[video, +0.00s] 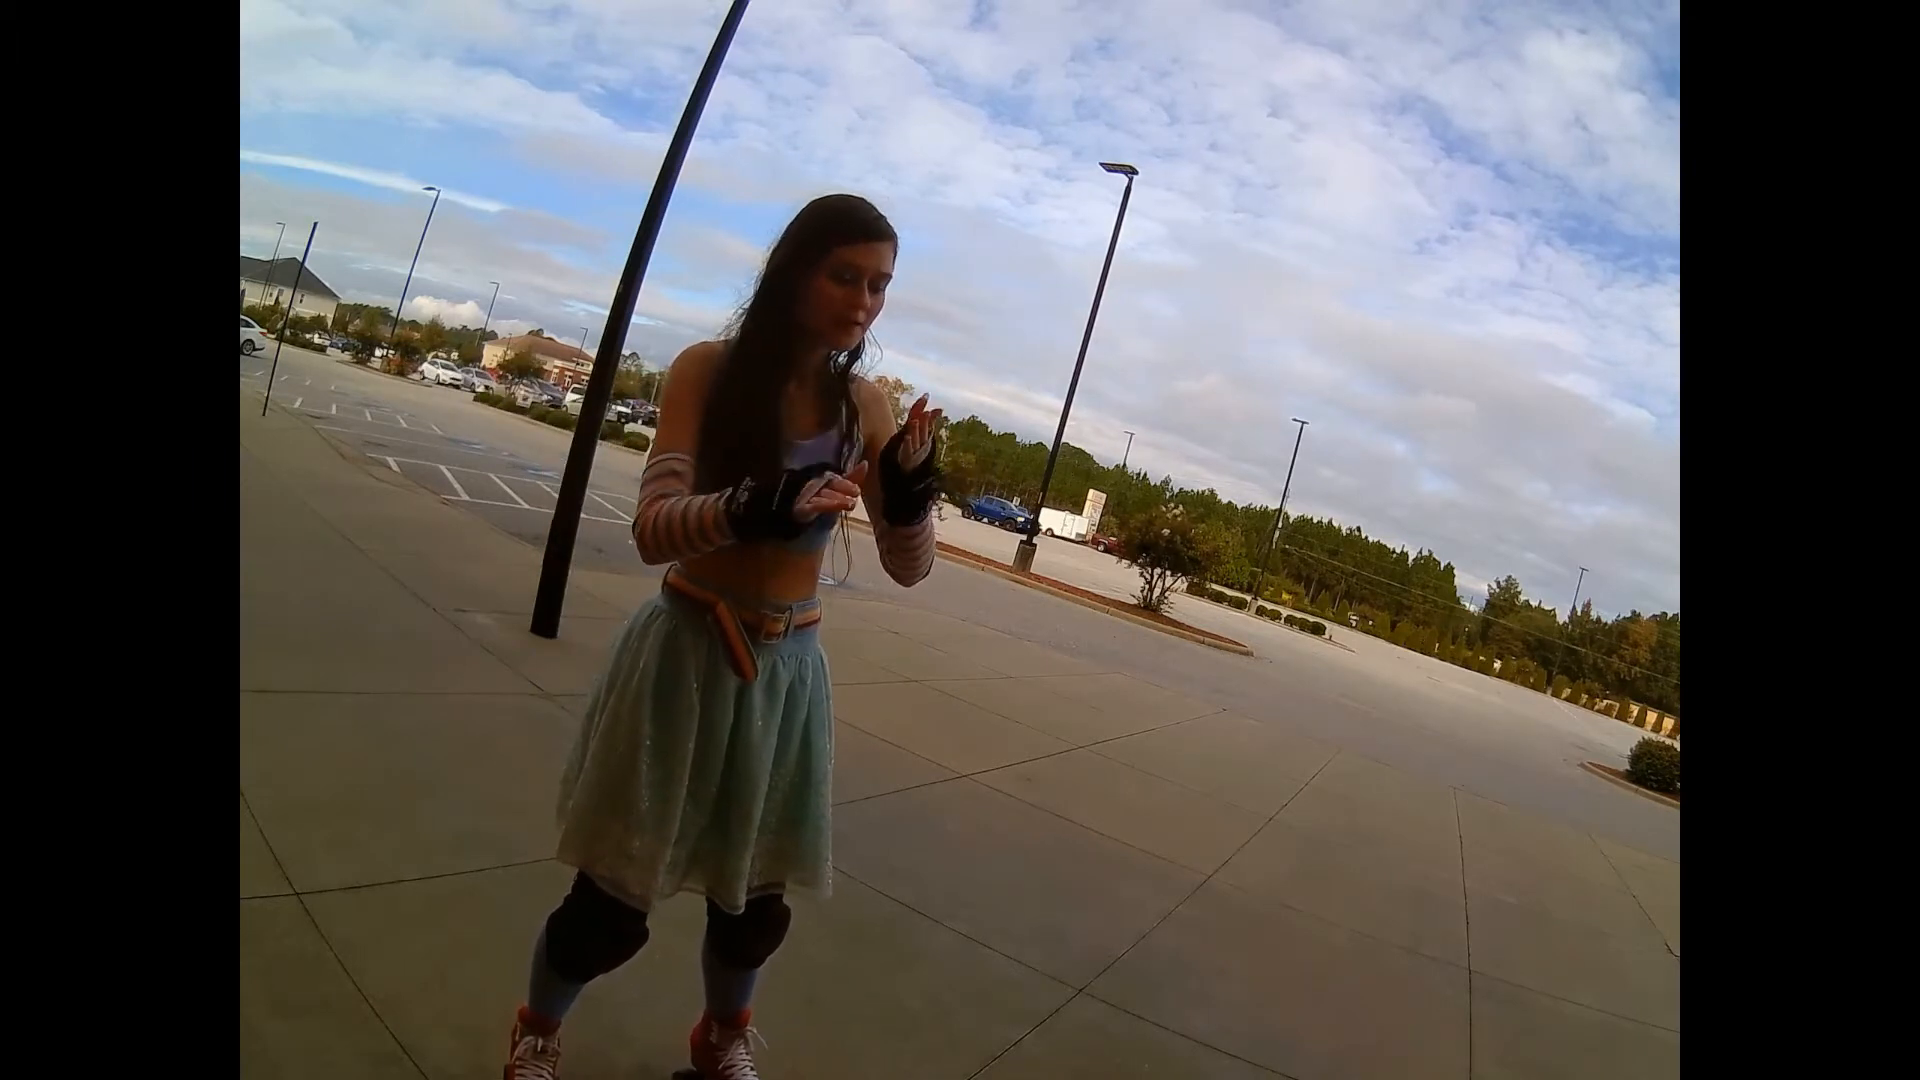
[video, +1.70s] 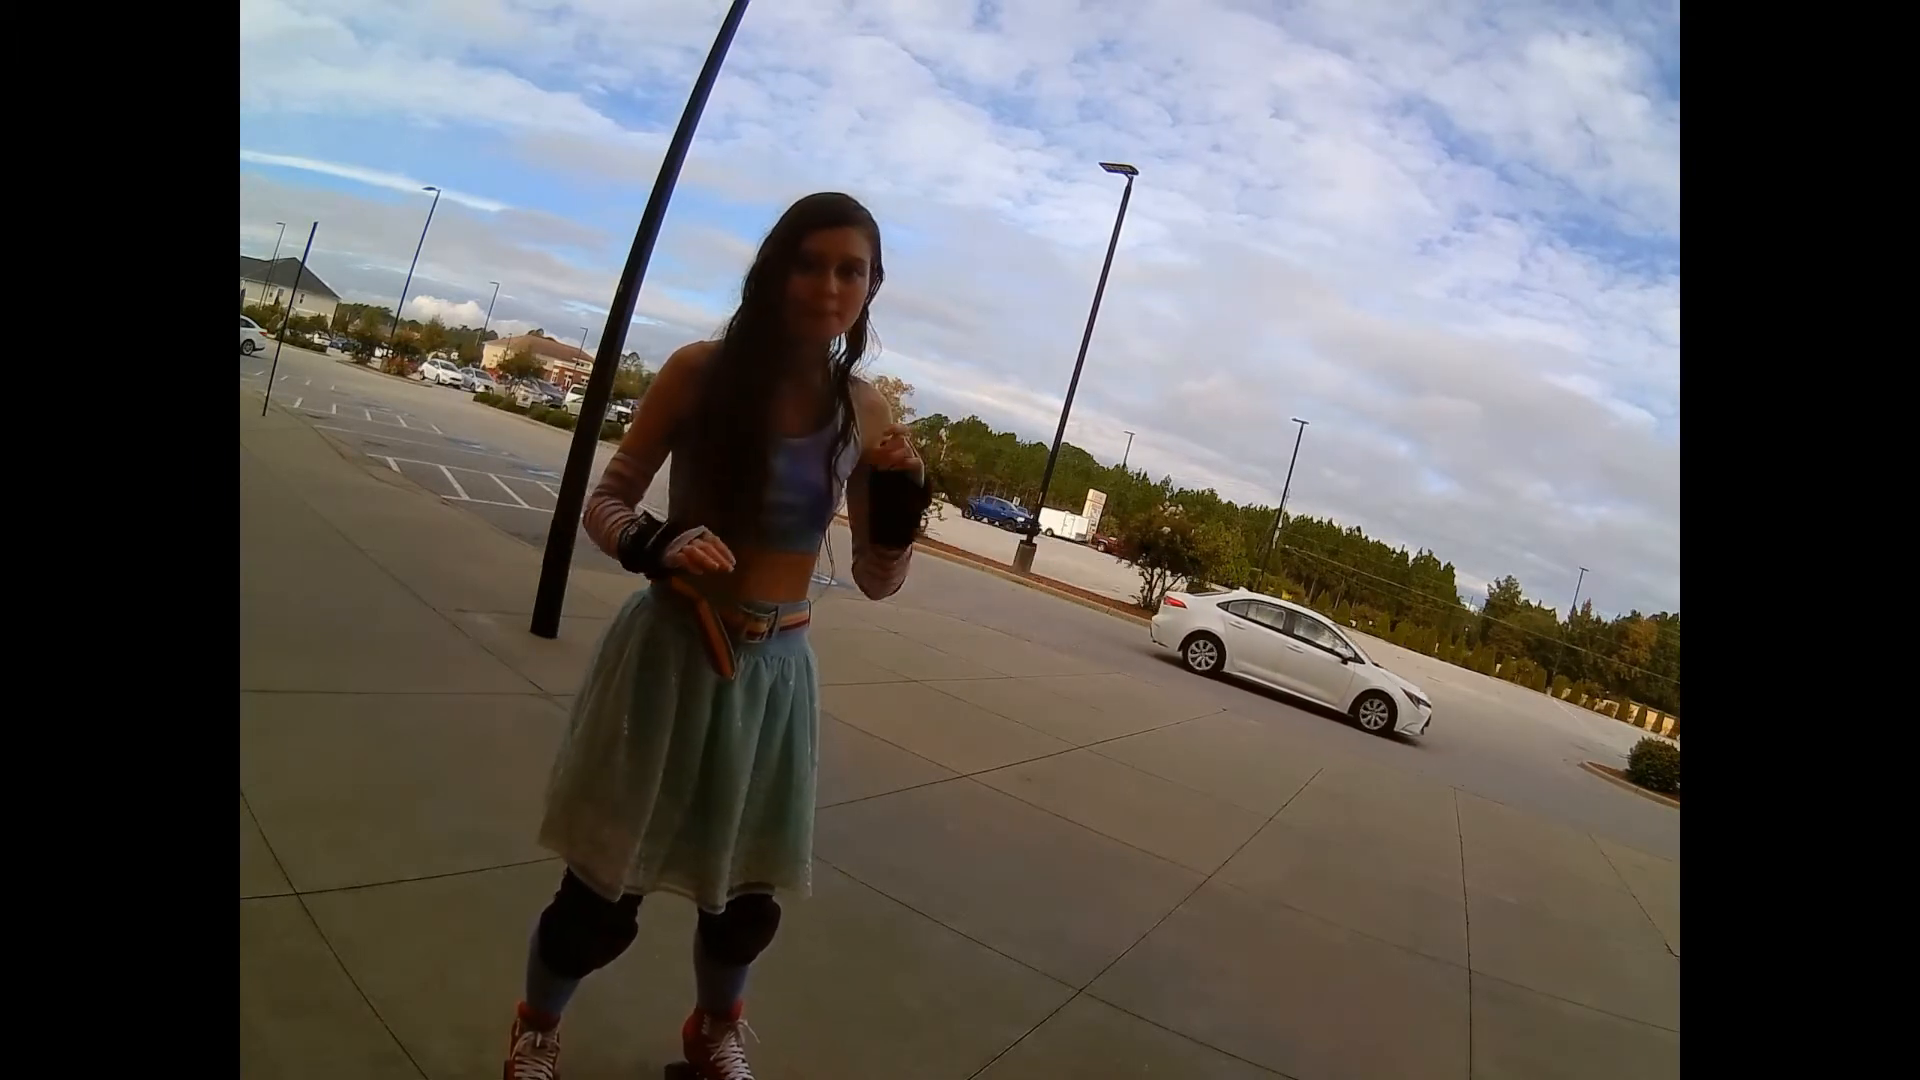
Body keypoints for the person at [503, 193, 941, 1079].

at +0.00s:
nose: (866, 302)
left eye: (880, 286)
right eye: (848, 279)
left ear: (886, 295)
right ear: (794, 274)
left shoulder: (871, 406)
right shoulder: (707, 372)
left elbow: (908, 567)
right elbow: (654, 525)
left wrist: (910, 482)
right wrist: (765, 508)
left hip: (789, 669)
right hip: (686, 651)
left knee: (757, 904)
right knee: (614, 905)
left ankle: (722, 1037)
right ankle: (536, 1034)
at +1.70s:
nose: (828, 288)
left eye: (850, 272)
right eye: (810, 266)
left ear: (871, 290)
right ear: (774, 270)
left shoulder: (862, 410)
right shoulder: (699, 373)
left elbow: (878, 578)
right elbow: (604, 503)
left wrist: (895, 483)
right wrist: (655, 547)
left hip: (776, 668)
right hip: (671, 650)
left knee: (747, 901)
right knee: (602, 895)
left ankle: (714, 1037)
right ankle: (535, 1037)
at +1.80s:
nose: (816, 286)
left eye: (839, 269)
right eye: (798, 264)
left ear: (863, 288)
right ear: (764, 272)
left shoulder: (865, 411)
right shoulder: (695, 373)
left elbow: (845, 544)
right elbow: (605, 496)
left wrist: (874, 609)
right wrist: (620, 570)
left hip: (773, 672)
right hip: (666, 656)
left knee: (746, 905)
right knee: (599, 896)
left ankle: (714, 1035)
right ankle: (535, 1033)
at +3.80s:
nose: (838, 316)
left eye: (862, 300)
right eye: (823, 293)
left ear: (897, 315)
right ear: (799, 297)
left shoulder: (902, 426)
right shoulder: (739, 382)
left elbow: (868, 568)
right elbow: (671, 521)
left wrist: (872, 683)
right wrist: (637, 640)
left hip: (811, 677)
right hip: (702, 652)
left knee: (760, 887)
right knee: (619, 868)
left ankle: (716, 1032)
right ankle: (579, 1034)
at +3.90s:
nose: (838, 316)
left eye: (862, 300)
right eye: (823, 293)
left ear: (897, 316)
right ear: (799, 298)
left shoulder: (898, 427)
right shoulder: (737, 383)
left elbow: (864, 572)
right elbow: (670, 522)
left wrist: (867, 688)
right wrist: (637, 644)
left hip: (809, 679)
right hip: (699, 654)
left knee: (758, 886)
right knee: (619, 872)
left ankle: (715, 1032)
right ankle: (586, 1035)